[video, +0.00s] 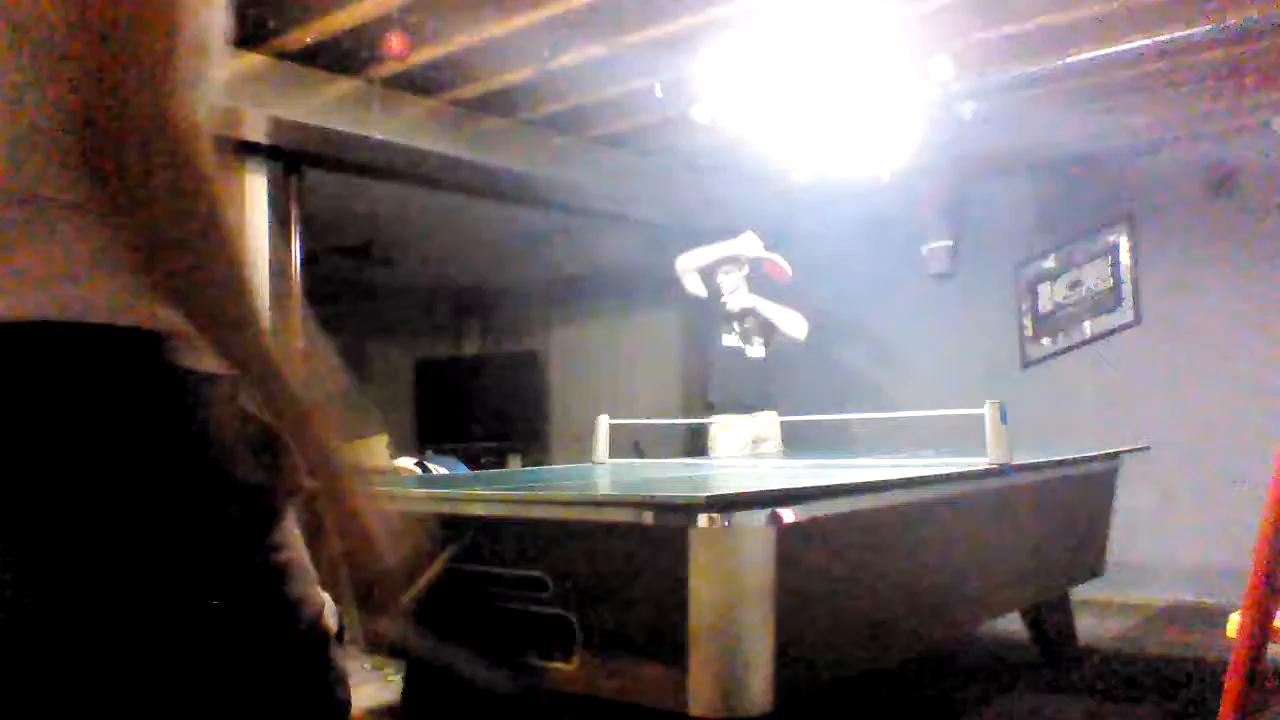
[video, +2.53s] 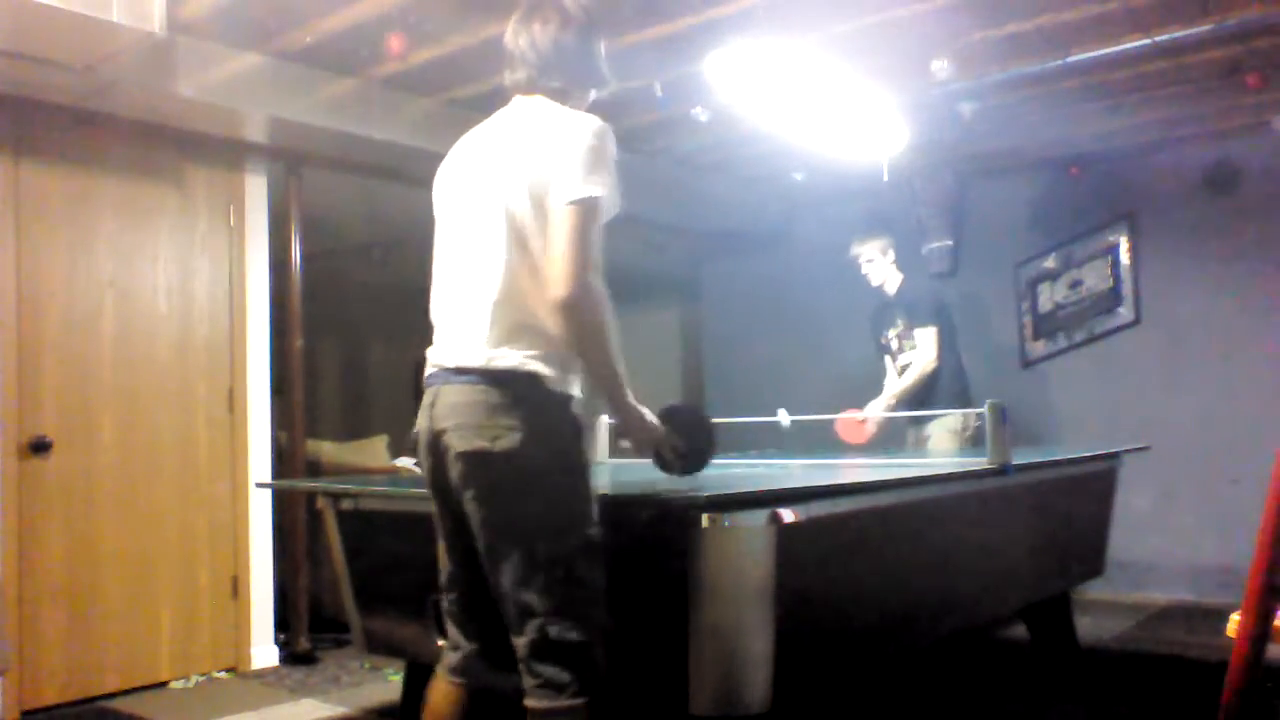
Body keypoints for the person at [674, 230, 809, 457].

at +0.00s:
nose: (719, 279)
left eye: (727, 272)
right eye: (716, 273)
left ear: (744, 271)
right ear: (711, 276)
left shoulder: (763, 310)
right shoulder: (709, 307)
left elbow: (800, 331)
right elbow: (683, 265)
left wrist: (752, 301)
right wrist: (736, 246)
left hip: (765, 415)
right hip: (725, 416)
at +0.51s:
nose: (739, 267)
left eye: (745, 260)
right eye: (732, 261)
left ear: (755, 264)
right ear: (724, 266)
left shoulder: (771, 312)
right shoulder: (711, 312)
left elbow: (780, 362)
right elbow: (692, 367)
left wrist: (787, 389)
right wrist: (718, 384)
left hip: (768, 420)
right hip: (729, 423)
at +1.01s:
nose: (751, 265)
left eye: (758, 258)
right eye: (744, 259)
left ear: (767, 263)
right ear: (734, 265)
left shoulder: (786, 310)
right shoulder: (723, 314)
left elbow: (799, 365)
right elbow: (712, 376)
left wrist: (825, 398)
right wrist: (749, 392)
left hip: (786, 428)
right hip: (742, 430)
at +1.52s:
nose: (829, 257)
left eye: (836, 250)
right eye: (821, 251)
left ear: (846, 255)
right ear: (812, 258)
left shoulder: (864, 305)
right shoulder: (800, 311)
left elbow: (874, 366)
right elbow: (797, 363)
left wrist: (847, 413)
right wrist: (783, 395)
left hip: (863, 422)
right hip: (817, 424)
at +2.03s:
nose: (848, 277)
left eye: (852, 269)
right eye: (845, 271)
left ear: (872, 262)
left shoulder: (894, 301)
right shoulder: (879, 303)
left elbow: (891, 367)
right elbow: (878, 368)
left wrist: (845, 411)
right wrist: (841, 411)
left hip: (921, 414)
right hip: (909, 413)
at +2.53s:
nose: (864, 270)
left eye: (869, 261)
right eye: (860, 264)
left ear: (889, 256)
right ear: (858, 266)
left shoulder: (921, 294)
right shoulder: (880, 314)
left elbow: (928, 358)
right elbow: (892, 374)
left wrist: (884, 402)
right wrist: (878, 412)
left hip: (947, 412)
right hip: (916, 418)